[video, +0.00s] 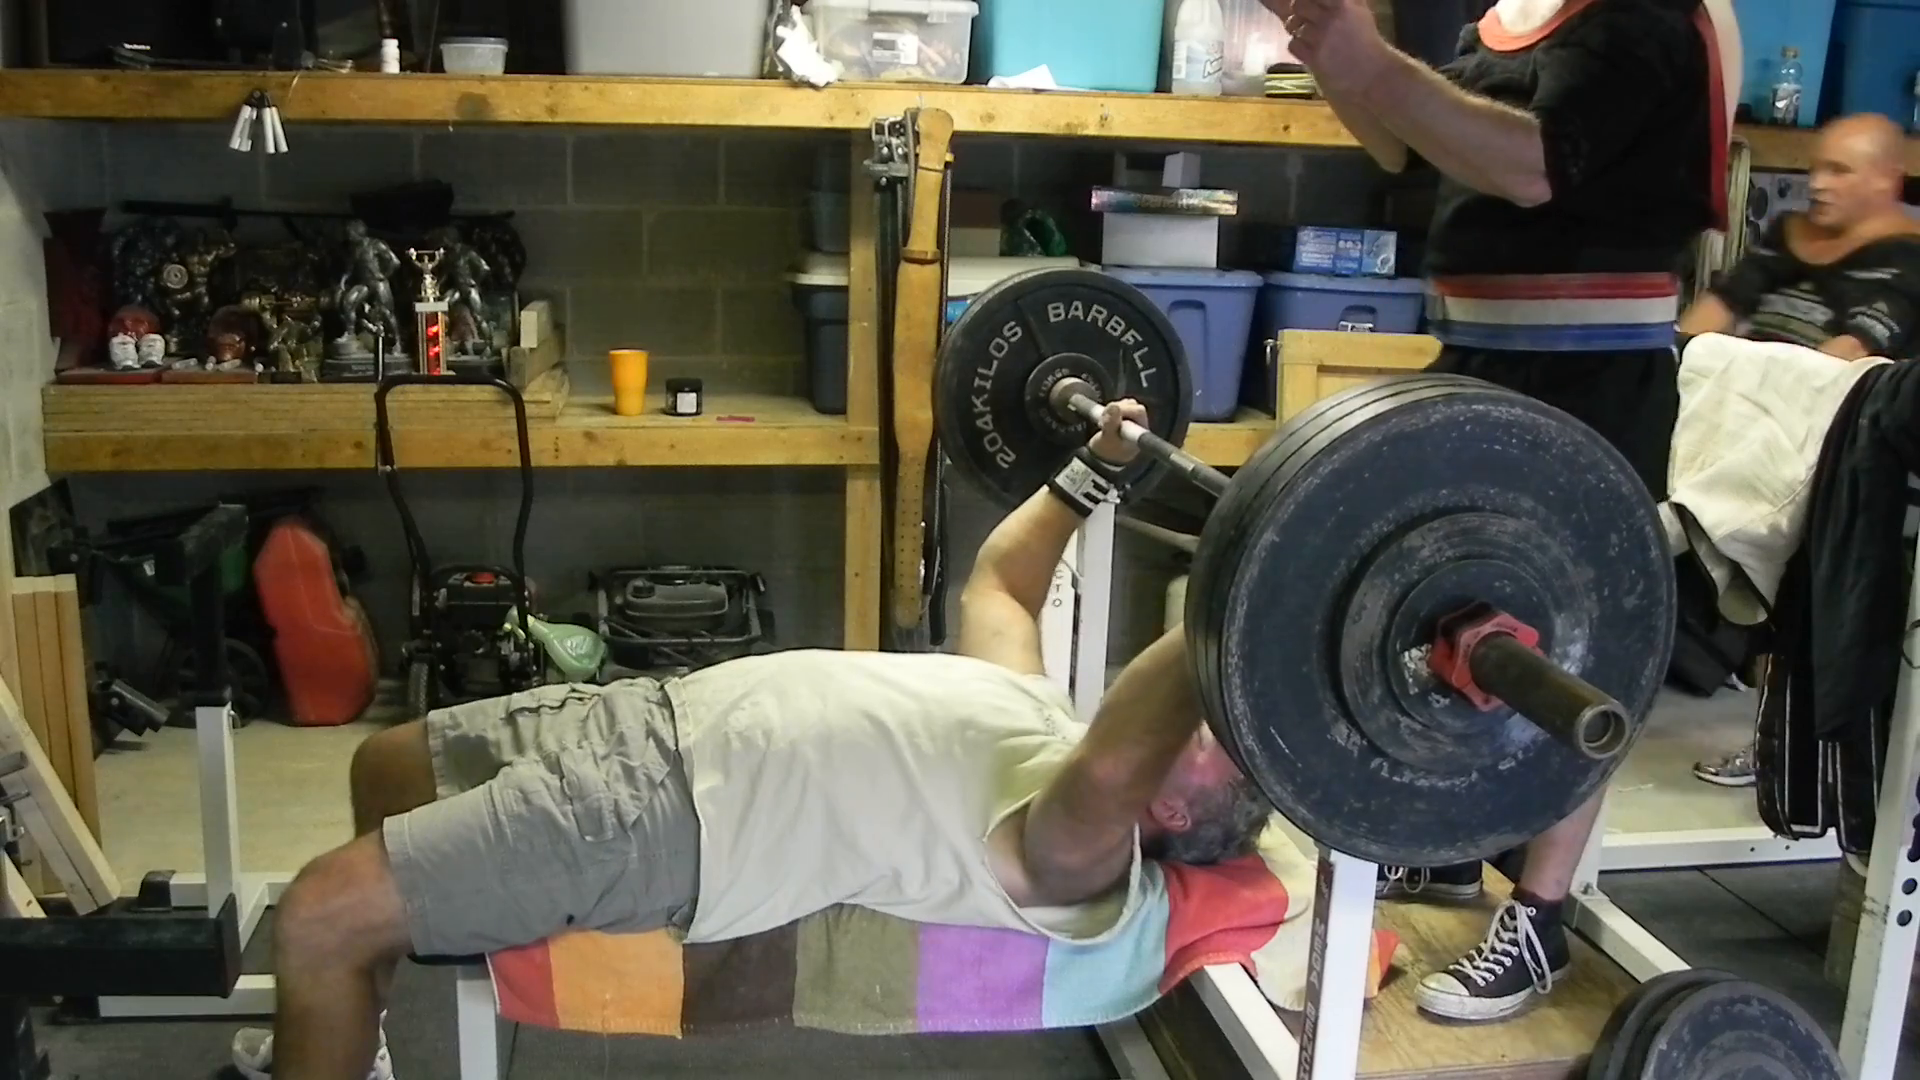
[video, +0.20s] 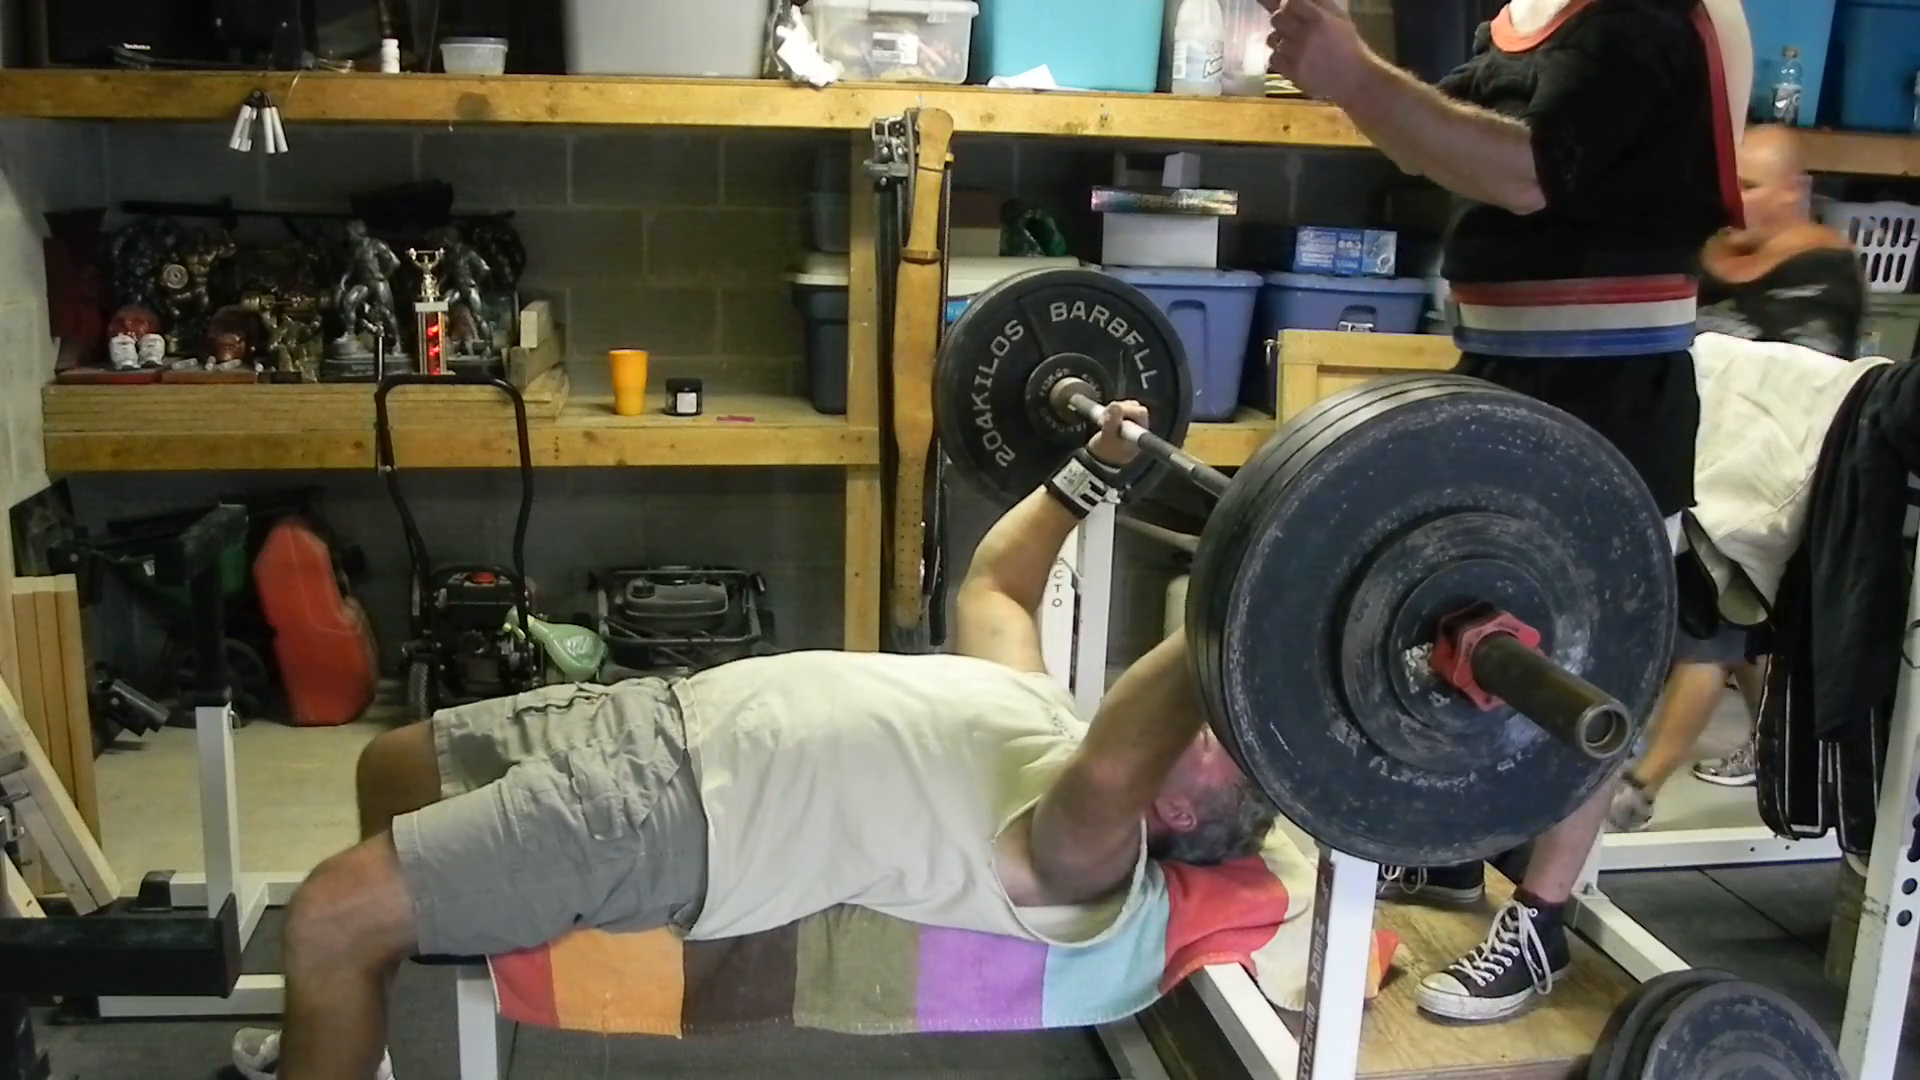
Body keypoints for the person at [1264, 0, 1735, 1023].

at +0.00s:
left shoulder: (1651, 20)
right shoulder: (1508, 16)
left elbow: (1538, 161)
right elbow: (1412, 149)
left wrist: (1377, 69)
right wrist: (1332, 54)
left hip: (1600, 376)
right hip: (1482, 364)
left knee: (1581, 645)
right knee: (1450, 613)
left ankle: (1539, 911)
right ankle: (1445, 843)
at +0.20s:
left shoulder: (1648, 19)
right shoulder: (1528, 17)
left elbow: (1528, 168)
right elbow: (1468, 142)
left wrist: (1355, 76)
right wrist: (1344, 71)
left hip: (1612, 380)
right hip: (1502, 369)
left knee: (1590, 655)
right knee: (1464, 616)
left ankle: (1540, 915)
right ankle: (1446, 845)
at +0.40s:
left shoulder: (1650, 21)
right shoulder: (1534, 13)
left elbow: (1525, 170)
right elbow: (1477, 133)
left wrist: (1357, 79)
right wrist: (1360, 66)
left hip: (1613, 386)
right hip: (1506, 372)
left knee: (1589, 657)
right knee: (1471, 617)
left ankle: (1539, 916)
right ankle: (1452, 846)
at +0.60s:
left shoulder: (1655, 22)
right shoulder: (1547, 18)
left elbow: (1531, 170)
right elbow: (1475, 127)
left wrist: (1365, 75)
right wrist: (1364, 65)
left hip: (1604, 382)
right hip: (1501, 368)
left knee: (1576, 651)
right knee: (1467, 616)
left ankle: (1536, 916)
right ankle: (1456, 847)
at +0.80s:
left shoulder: (1658, 28)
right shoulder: (1535, 21)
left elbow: (1533, 177)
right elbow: (1477, 134)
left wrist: (1366, 84)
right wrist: (1370, 65)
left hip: (1603, 381)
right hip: (1494, 365)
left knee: (1574, 650)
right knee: (1459, 614)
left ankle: (1535, 916)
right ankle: (1454, 849)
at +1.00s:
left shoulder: (1660, 30)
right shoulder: (1536, 18)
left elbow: (1530, 183)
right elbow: (1441, 113)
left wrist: (1361, 91)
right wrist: (1353, 51)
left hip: (1602, 384)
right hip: (1487, 367)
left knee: (1576, 651)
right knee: (1453, 614)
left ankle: (1535, 917)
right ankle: (1452, 847)